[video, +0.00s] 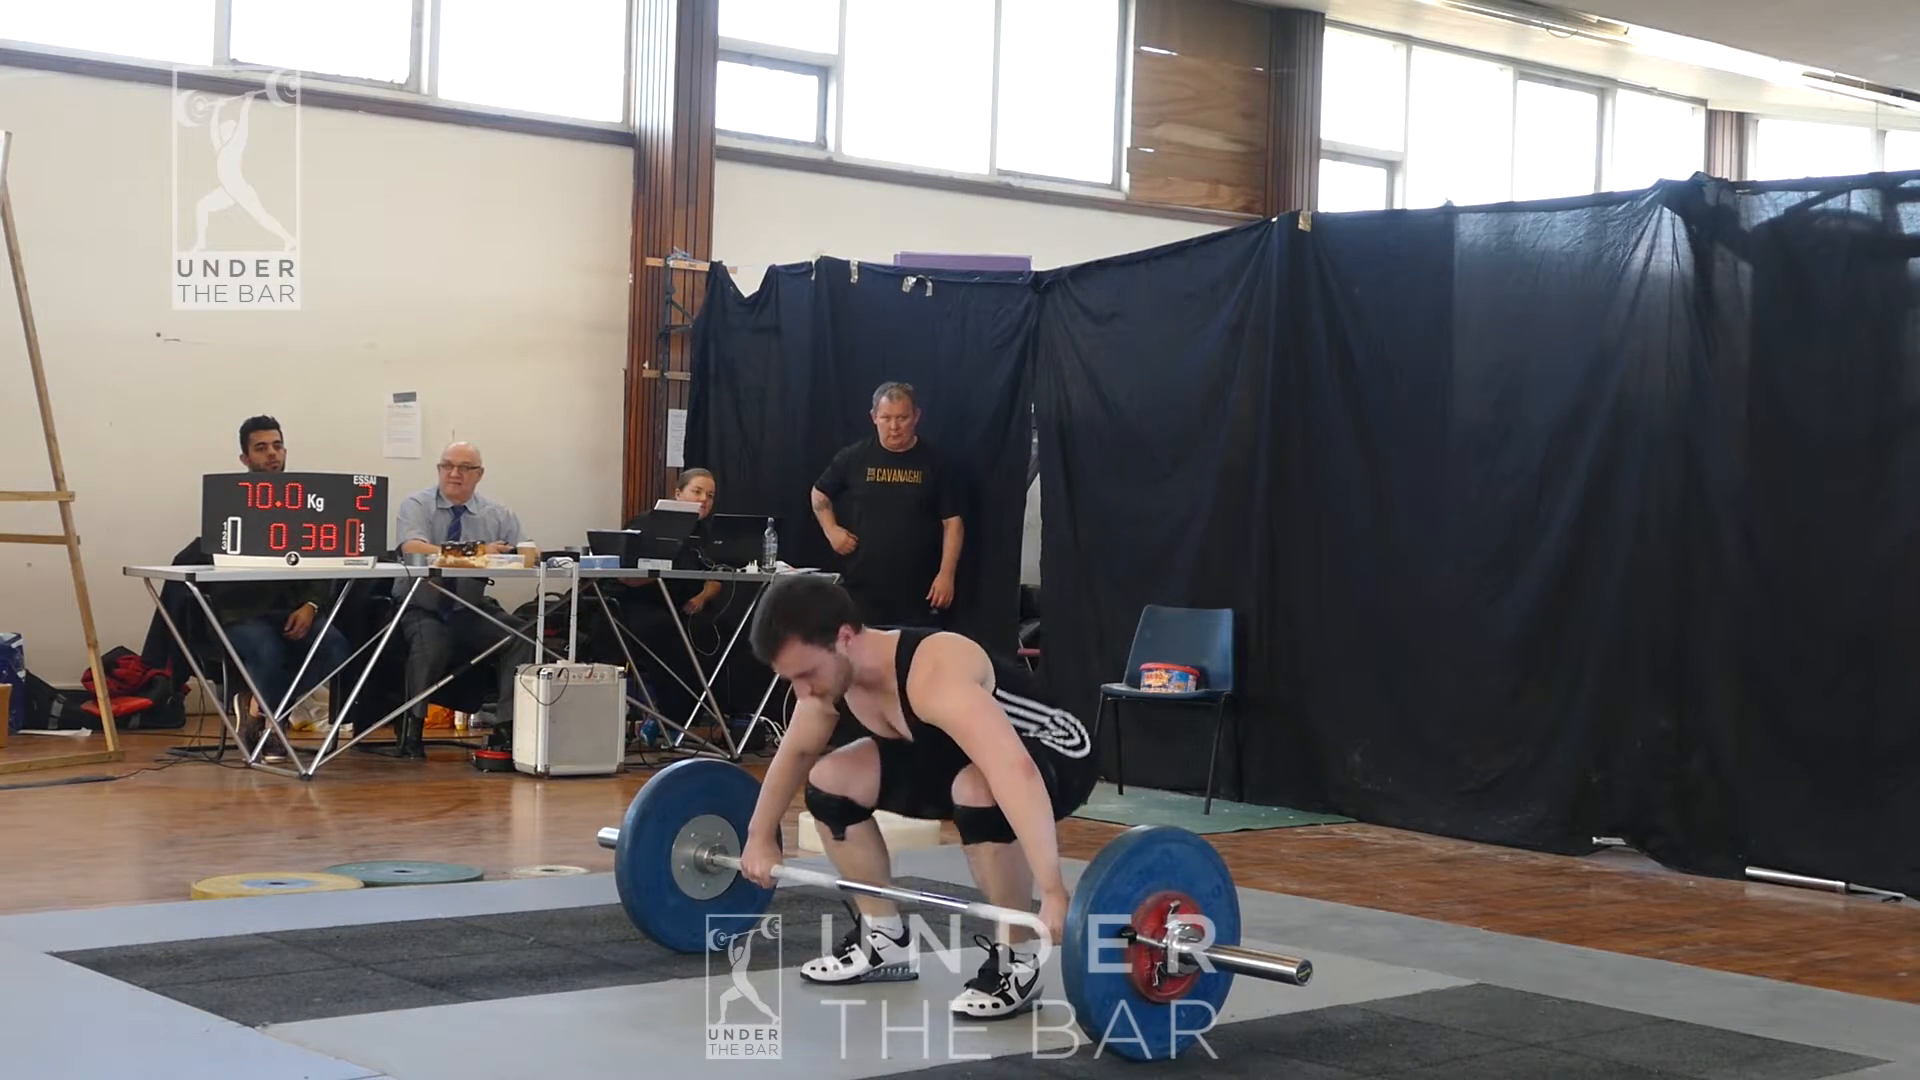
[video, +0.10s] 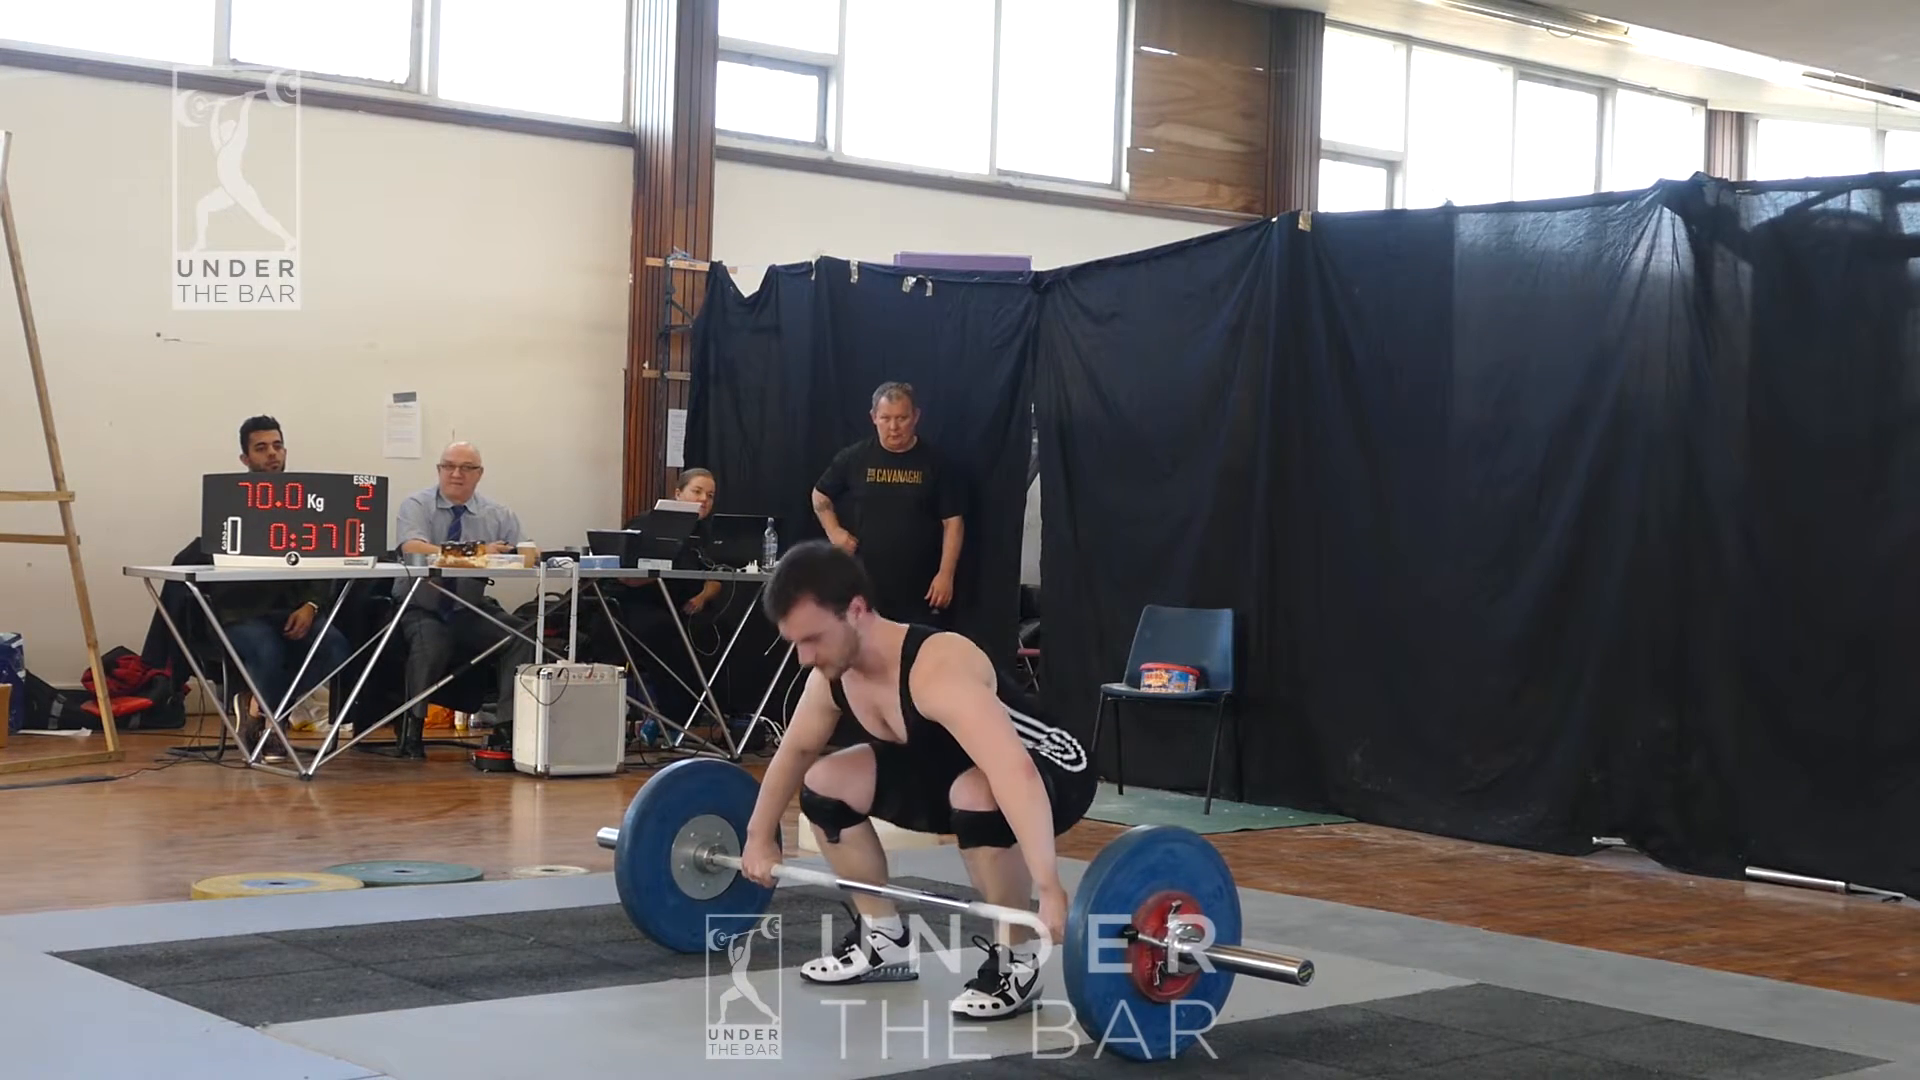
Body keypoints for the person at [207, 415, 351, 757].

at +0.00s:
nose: (272, 453)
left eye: (277, 446)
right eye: (261, 447)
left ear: (285, 451)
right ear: (245, 458)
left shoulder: (303, 497)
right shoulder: (233, 500)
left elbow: (328, 557)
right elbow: (223, 559)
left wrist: (312, 605)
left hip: (294, 607)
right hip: (245, 610)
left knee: (335, 648)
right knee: (268, 651)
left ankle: (257, 708)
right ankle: (273, 733)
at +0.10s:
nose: (272, 453)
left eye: (277, 446)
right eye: (262, 447)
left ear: (285, 451)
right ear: (245, 458)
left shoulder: (303, 497)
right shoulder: (234, 500)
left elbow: (328, 557)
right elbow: (223, 559)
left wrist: (312, 605)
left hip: (294, 607)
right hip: (245, 609)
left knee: (335, 648)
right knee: (267, 650)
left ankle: (257, 708)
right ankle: (273, 733)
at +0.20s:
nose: (273, 454)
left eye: (278, 446)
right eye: (262, 448)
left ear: (285, 451)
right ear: (246, 458)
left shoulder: (303, 497)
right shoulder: (233, 499)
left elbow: (326, 557)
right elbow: (221, 559)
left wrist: (312, 605)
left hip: (294, 607)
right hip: (245, 610)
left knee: (335, 648)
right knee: (268, 651)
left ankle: (256, 707)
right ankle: (273, 731)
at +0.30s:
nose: (273, 454)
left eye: (278, 446)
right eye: (262, 448)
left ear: (285, 451)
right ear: (246, 458)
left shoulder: (303, 497)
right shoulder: (234, 500)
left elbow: (327, 557)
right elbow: (221, 559)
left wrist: (312, 605)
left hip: (295, 607)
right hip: (245, 609)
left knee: (335, 648)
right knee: (268, 652)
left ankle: (258, 708)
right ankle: (273, 733)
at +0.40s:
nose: (273, 454)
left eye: (278, 446)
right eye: (262, 448)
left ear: (286, 451)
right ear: (246, 458)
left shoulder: (303, 497)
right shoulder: (234, 499)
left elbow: (327, 557)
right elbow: (221, 559)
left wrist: (312, 605)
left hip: (294, 607)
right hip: (245, 609)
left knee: (335, 648)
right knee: (268, 651)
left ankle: (257, 707)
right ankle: (272, 732)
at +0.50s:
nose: (273, 454)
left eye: (278, 446)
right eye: (263, 448)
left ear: (286, 451)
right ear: (246, 458)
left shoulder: (303, 497)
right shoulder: (234, 500)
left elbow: (326, 557)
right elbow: (222, 560)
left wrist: (312, 604)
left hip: (294, 607)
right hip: (245, 610)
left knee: (335, 648)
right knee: (268, 651)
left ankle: (256, 708)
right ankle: (273, 733)